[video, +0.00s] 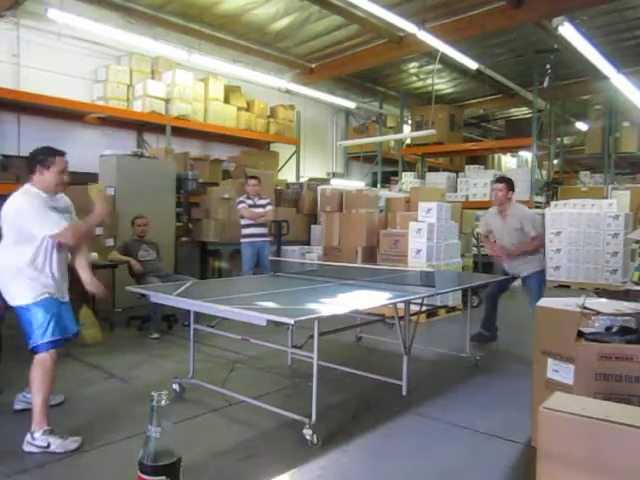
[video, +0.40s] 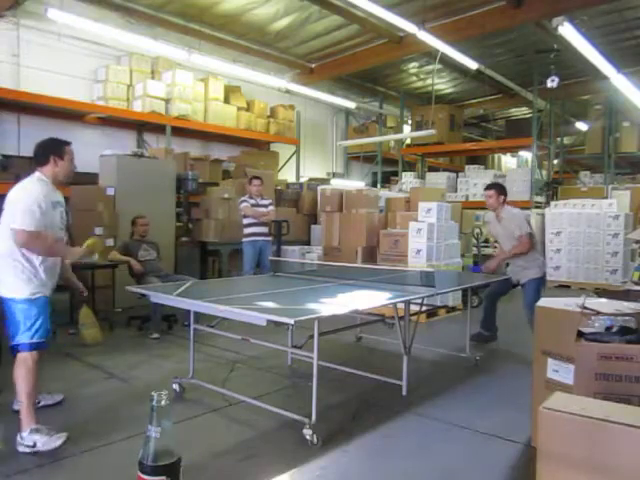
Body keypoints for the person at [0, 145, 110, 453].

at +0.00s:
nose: (66, 177)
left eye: (66, 171)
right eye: (61, 171)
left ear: (49, 171)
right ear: (40, 171)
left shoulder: (62, 202)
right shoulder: (23, 203)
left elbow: (79, 241)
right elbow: (70, 236)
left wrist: (86, 275)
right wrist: (97, 215)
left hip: (53, 285)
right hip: (27, 287)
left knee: (59, 337)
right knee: (47, 349)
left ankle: (32, 393)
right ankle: (39, 431)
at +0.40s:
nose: (73, 167)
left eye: (73, 161)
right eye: (70, 160)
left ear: (54, 162)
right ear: (53, 161)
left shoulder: (54, 196)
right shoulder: (30, 191)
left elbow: (56, 249)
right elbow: (25, 237)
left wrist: (74, 282)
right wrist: (65, 251)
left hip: (37, 288)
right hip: (21, 289)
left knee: (32, 346)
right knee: (28, 352)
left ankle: (26, 396)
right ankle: (28, 430)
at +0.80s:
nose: (69, 155)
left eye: (67, 150)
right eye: (64, 150)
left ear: (46, 153)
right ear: (49, 153)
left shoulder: (49, 187)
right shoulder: (28, 188)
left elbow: (47, 239)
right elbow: (16, 242)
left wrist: (75, 259)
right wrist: (63, 263)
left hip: (41, 290)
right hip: (25, 294)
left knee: (41, 349)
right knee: (37, 358)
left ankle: (32, 396)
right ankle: (22, 433)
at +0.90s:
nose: (68, 152)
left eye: (66, 146)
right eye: (64, 146)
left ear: (43, 150)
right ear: (49, 149)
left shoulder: (44, 183)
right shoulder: (32, 184)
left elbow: (42, 238)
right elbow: (30, 240)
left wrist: (73, 259)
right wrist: (72, 256)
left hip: (38, 290)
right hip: (28, 293)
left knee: (37, 353)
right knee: (33, 360)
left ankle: (26, 402)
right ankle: (21, 434)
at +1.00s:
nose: (70, 148)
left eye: (68, 142)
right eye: (65, 142)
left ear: (46, 147)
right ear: (51, 146)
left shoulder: (45, 180)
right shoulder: (37, 182)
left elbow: (41, 239)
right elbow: (43, 238)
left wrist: (72, 256)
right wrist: (80, 249)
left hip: (43, 289)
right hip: (27, 292)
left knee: (45, 352)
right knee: (28, 360)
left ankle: (38, 406)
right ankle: (21, 434)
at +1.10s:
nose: (73, 145)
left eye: (70, 140)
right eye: (68, 140)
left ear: (47, 146)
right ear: (55, 144)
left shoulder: (47, 177)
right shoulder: (43, 180)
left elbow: (50, 234)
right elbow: (54, 237)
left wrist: (85, 246)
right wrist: (91, 247)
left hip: (48, 288)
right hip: (27, 290)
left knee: (58, 344)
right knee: (25, 359)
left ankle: (50, 414)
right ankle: (20, 434)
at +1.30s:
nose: (83, 146)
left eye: (80, 140)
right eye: (78, 141)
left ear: (56, 147)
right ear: (65, 145)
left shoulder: (52, 176)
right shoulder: (59, 180)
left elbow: (71, 234)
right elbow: (71, 235)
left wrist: (100, 255)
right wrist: (101, 259)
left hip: (59, 289)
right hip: (38, 290)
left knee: (69, 348)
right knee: (27, 360)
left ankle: (68, 420)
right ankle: (20, 433)